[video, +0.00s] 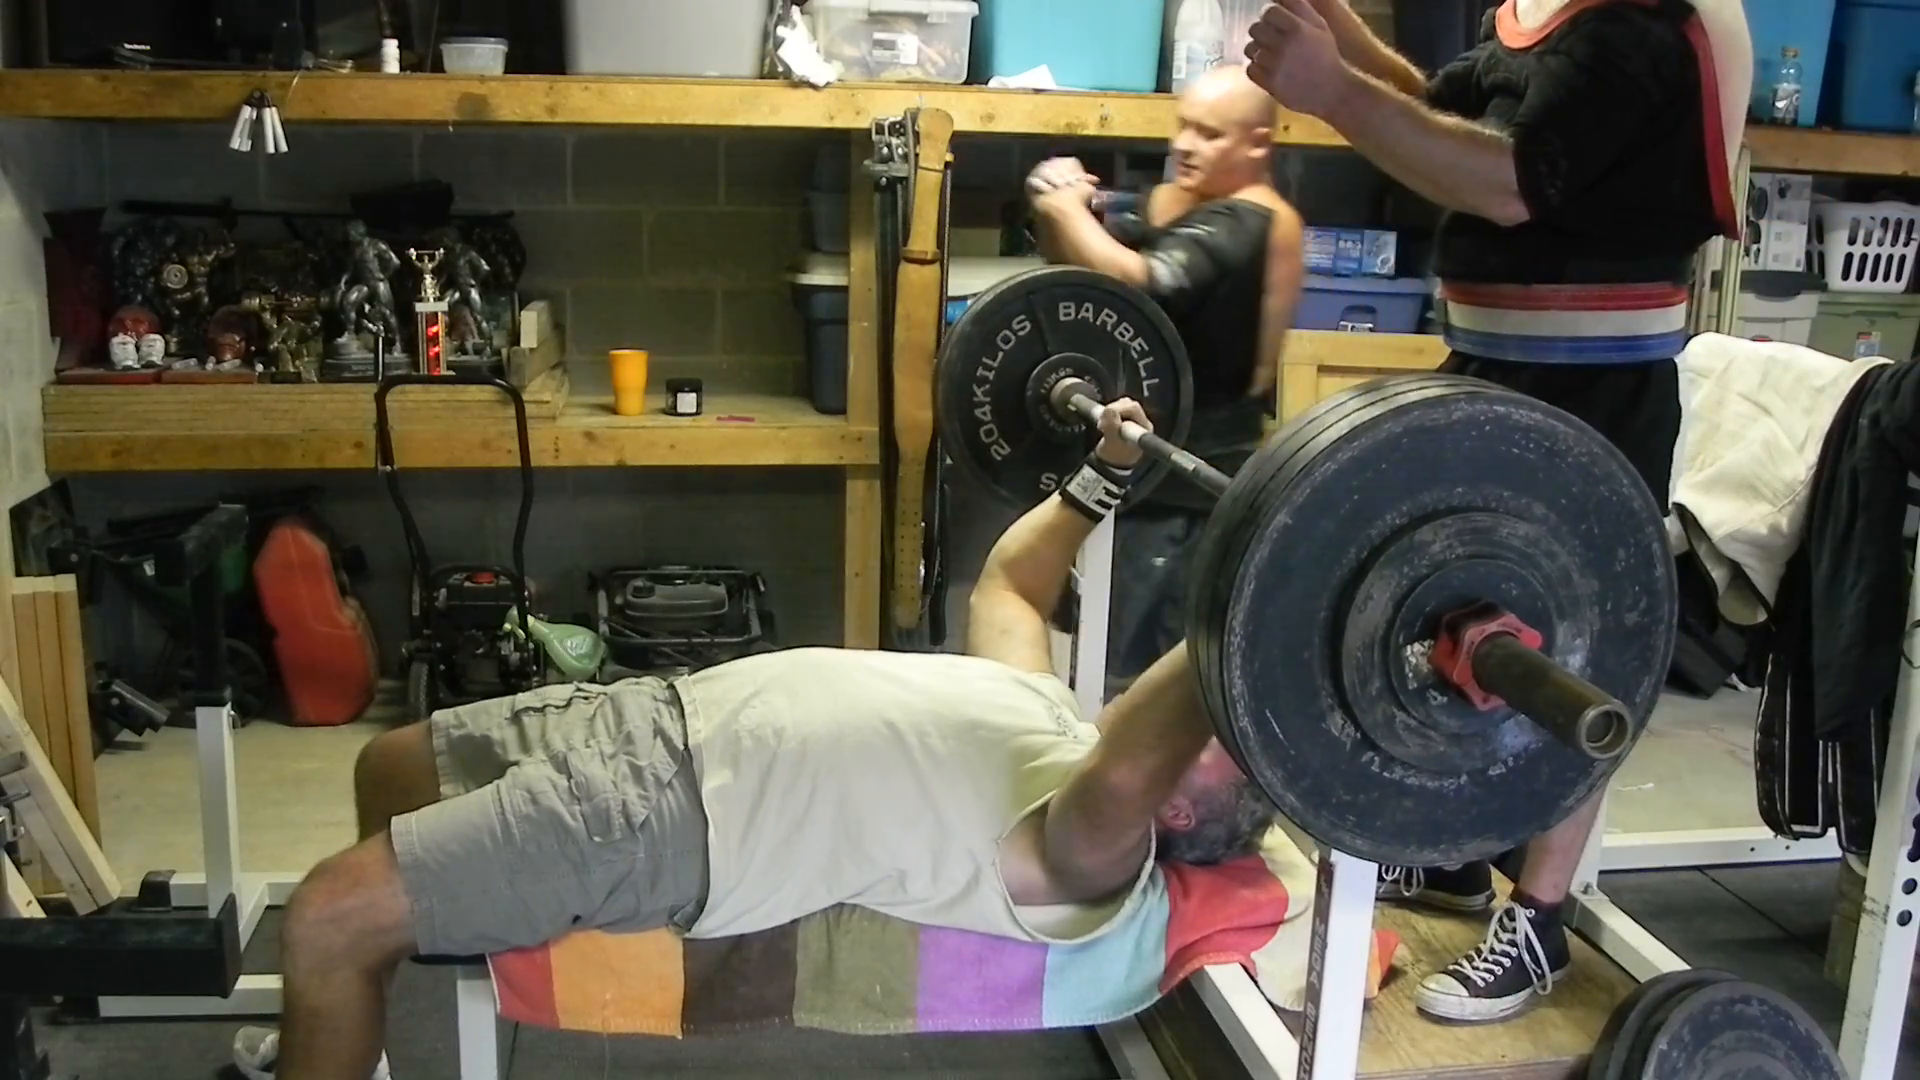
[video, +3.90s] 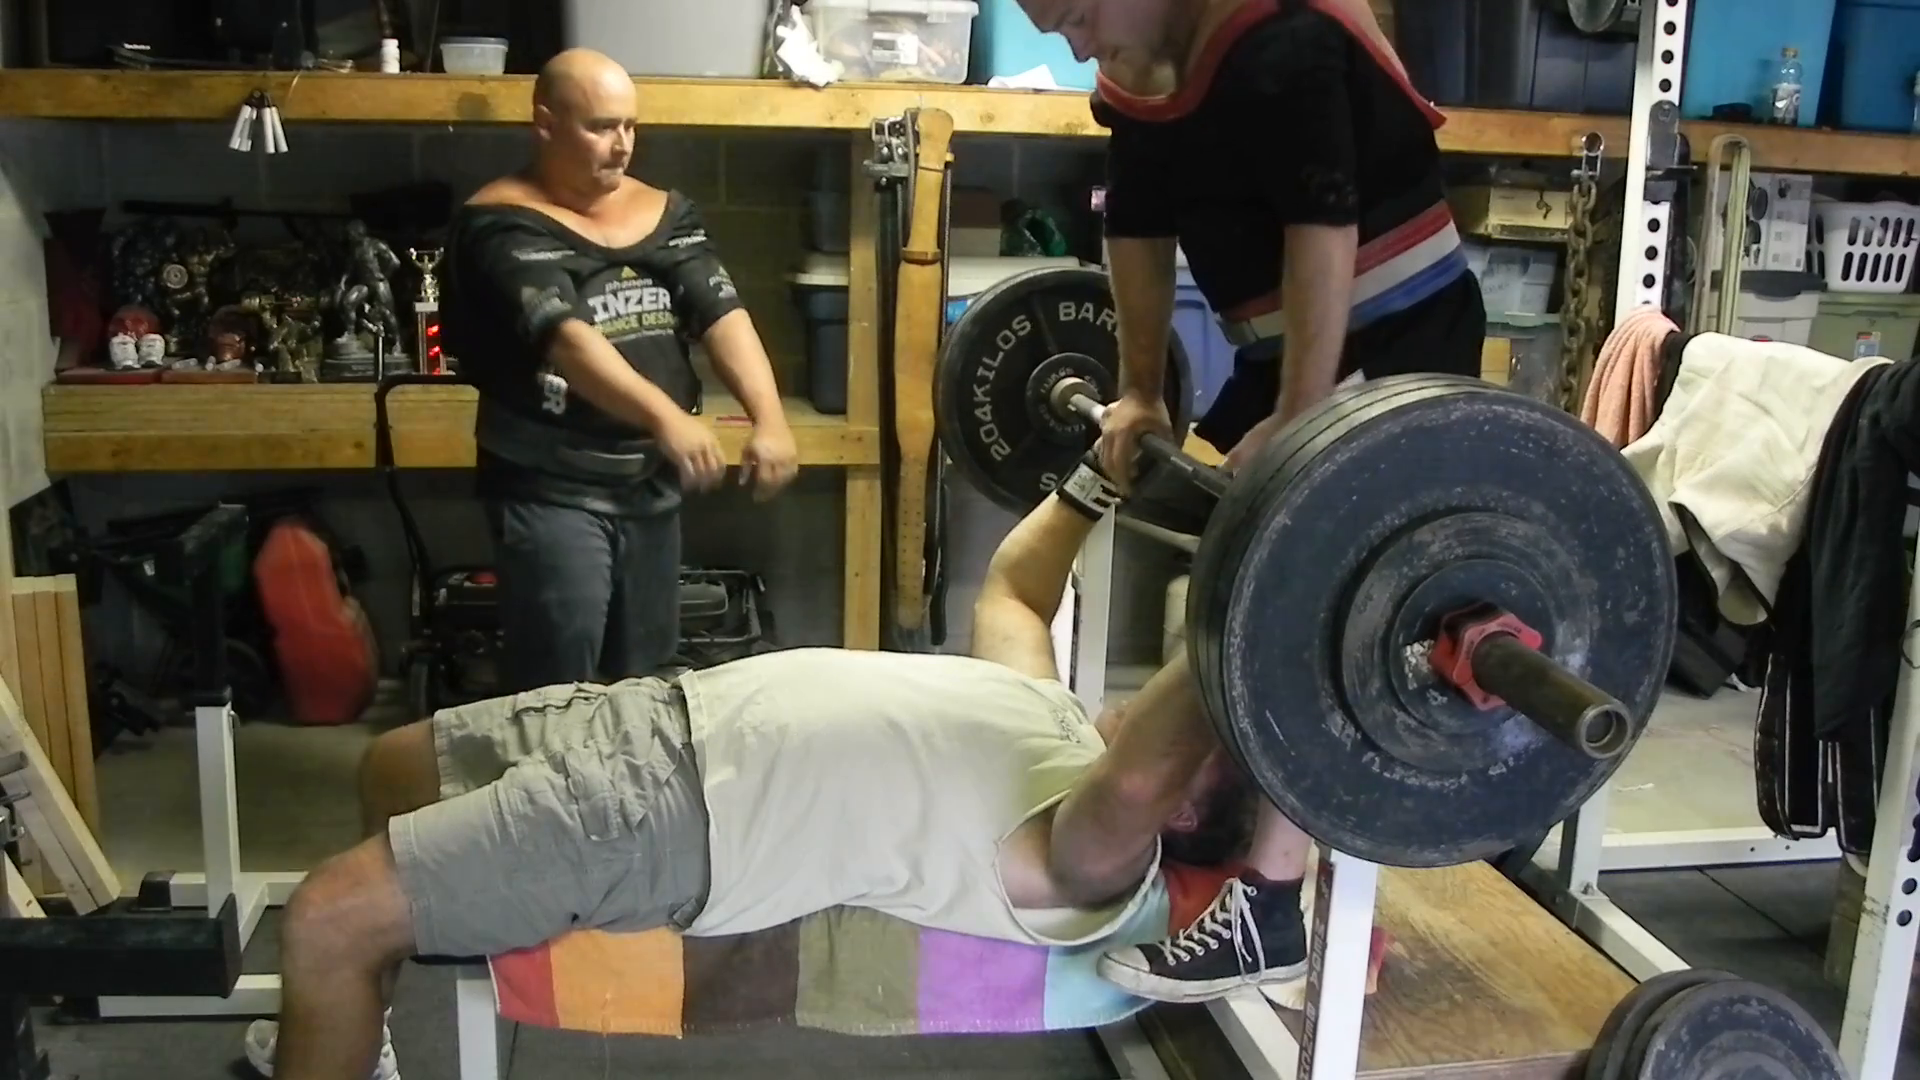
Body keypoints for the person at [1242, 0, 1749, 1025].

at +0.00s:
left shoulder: (1637, 28)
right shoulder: (1528, 15)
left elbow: (1510, 181)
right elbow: (1461, 119)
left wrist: (1337, 94)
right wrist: (1349, 47)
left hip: (1598, 381)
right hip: (1493, 365)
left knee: (1579, 650)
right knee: (1464, 617)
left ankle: (1538, 915)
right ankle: (1455, 850)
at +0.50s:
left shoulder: (1584, 32)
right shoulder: (1469, 34)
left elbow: (1491, 193)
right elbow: (1373, 129)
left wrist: (1305, 228)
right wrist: (1225, 98)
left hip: (1553, 385)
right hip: (1436, 370)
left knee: (1554, 650)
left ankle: (1535, 918)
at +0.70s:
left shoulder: (1511, 26)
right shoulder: (1395, 30)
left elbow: (1467, 214)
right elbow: (1306, 166)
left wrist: (1353, 377)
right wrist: (1170, 239)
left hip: (1518, 374)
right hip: (1413, 370)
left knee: (1526, 637)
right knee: (1366, 611)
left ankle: (1530, 916)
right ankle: (1332, 817)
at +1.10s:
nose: (1172, 13)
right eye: (1170, 6)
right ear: (1223, 1)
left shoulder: (1378, 33)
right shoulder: (1243, 85)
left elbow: (1393, 225)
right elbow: (1204, 234)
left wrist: (1340, 407)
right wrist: (1154, 385)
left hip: (1462, 339)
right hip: (1346, 351)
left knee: (1464, 619)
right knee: (1324, 603)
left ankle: (1468, 888)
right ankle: (1335, 856)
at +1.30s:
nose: (1151, 19)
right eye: (1143, 6)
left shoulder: (1363, 27)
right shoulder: (1202, 62)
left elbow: (1386, 200)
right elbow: (1185, 229)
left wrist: (1330, 356)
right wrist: (1150, 390)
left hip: (1447, 334)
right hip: (1313, 346)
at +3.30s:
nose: (1060, 52)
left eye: (1059, 31)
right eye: (1048, 40)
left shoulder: (1271, 48)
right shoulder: (1144, 56)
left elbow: (1324, 271)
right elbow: (1140, 224)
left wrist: (1292, 479)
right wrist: (1139, 392)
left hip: (1412, 327)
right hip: (1294, 333)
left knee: (1311, 595)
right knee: (1241, 576)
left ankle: (1258, 895)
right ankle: (1198, 820)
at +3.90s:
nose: (1065, 39)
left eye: (1071, 15)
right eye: (1051, 27)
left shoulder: (1291, 48)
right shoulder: (1130, 72)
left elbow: (1326, 244)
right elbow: (1137, 227)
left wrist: (1288, 435)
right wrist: (1141, 388)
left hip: (1401, 329)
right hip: (1282, 344)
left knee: (1323, 598)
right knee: (1246, 583)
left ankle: (1269, 891)